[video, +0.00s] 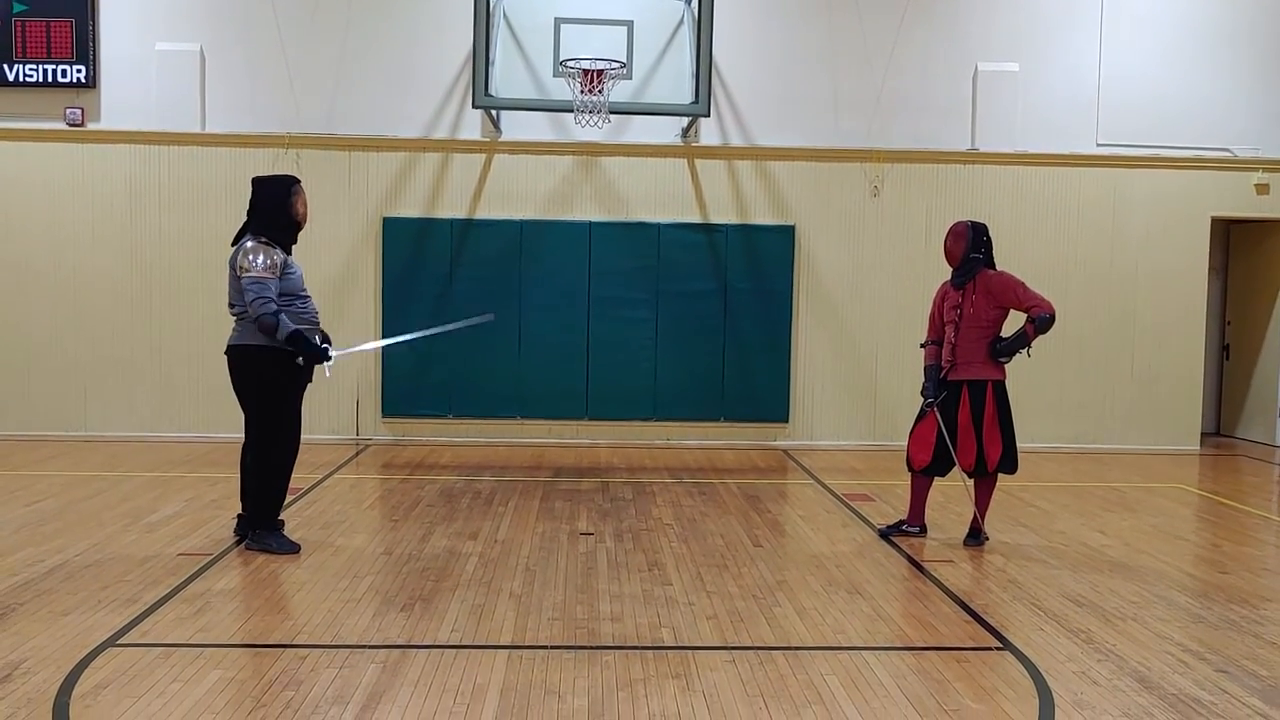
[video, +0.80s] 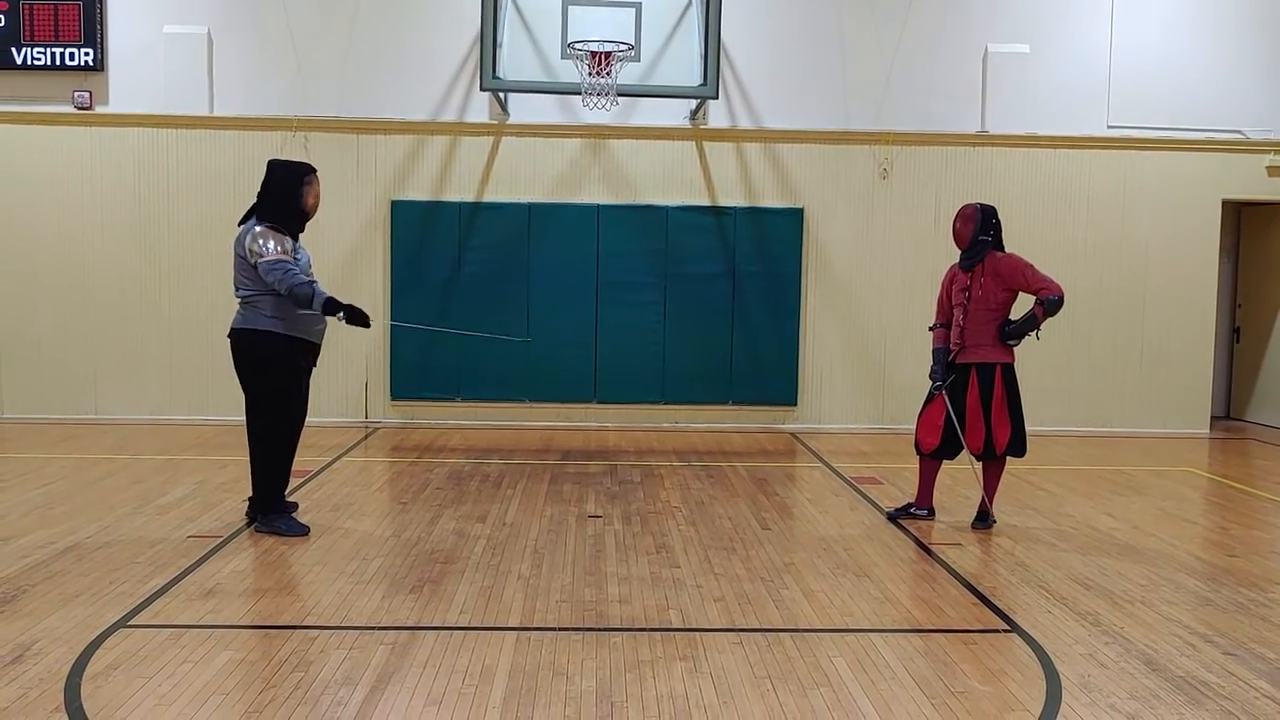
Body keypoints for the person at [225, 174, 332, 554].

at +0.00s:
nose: (306, 209)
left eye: (305, 201)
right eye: (300, 201)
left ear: (275, 206)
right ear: (281, 205)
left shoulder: (272, 250)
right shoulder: (259, 249)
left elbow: (285, 306)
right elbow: (261, 309)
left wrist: (314, 332)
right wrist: (297, 338)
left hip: (274, 355)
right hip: (263, 356)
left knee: (267, 438)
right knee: (276, 440)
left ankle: (255, 520)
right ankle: (261, 527)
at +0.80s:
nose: (317, 200)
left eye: (317, 192)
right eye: (312, 192)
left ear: (292, 196)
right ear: (290, 193)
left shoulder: (287, 237)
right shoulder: (261, 234)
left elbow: (298, 287)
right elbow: (286, 281)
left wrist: (306, 344)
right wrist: (337, 307)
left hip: (288, 343)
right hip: (264, 342)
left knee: (286, 424)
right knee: (271, 425)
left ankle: (271, 501)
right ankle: (266, 509)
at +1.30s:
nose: (321, 190)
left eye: (320, 182)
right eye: (315, 182)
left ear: (298, 185)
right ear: (294, 184)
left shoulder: (292, 230)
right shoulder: (269, 226)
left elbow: (296, 284)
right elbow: (299, 268)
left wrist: (329, 299)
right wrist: (355, 272)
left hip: (295, 337)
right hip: (273, 336)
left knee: (293, 422)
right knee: (280, 422)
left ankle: (277, 497)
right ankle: (274, 506)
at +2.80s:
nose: (324, 195)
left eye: (324, 187)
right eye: (319, 187)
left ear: (292, 190)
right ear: (301, 190)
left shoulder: (288, 233)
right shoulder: (279, 233)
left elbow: (305, 289)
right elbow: (301, 290)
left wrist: (340, 315)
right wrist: (342, 315)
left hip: (291, 340)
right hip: (280, 341)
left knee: (293, 423)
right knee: (292, 424)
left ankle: (285, 501)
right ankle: (282, 511)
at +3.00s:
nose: (325, 191)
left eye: (324, 182)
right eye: (320, 183)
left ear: (295, 187)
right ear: (301, 186)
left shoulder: (286, 227)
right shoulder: (278, 229)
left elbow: (254, 276)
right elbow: (296, 283)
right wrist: (340, 309)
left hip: (291, 337)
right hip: (277, 337)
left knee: (293, 419)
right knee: (288, 420)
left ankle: (283, 498)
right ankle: (283, 507)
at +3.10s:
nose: (324, 186)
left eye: (322, 178)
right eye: (318, 178)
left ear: (292, 183)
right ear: (300, 182)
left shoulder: (283, 222)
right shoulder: (278, 224)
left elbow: (249, 266)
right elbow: (295, 280)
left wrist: (242, 290)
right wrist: (339, 304)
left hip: (287, 334)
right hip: (277, 334)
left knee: (292, 416)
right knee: (288, 417)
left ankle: (283, 494)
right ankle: (283, 504)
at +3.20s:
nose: (320, 183)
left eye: (319, 175)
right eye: (315, 175)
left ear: (290, 179)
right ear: (297, 178)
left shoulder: (285, 220)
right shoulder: (275, 220)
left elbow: (297, 277)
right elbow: (295, 277)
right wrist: (338, 300)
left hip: (289, 332)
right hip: (276, 332)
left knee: (294, 413)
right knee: (286, 414)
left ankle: (284, 492)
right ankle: (282, 502)